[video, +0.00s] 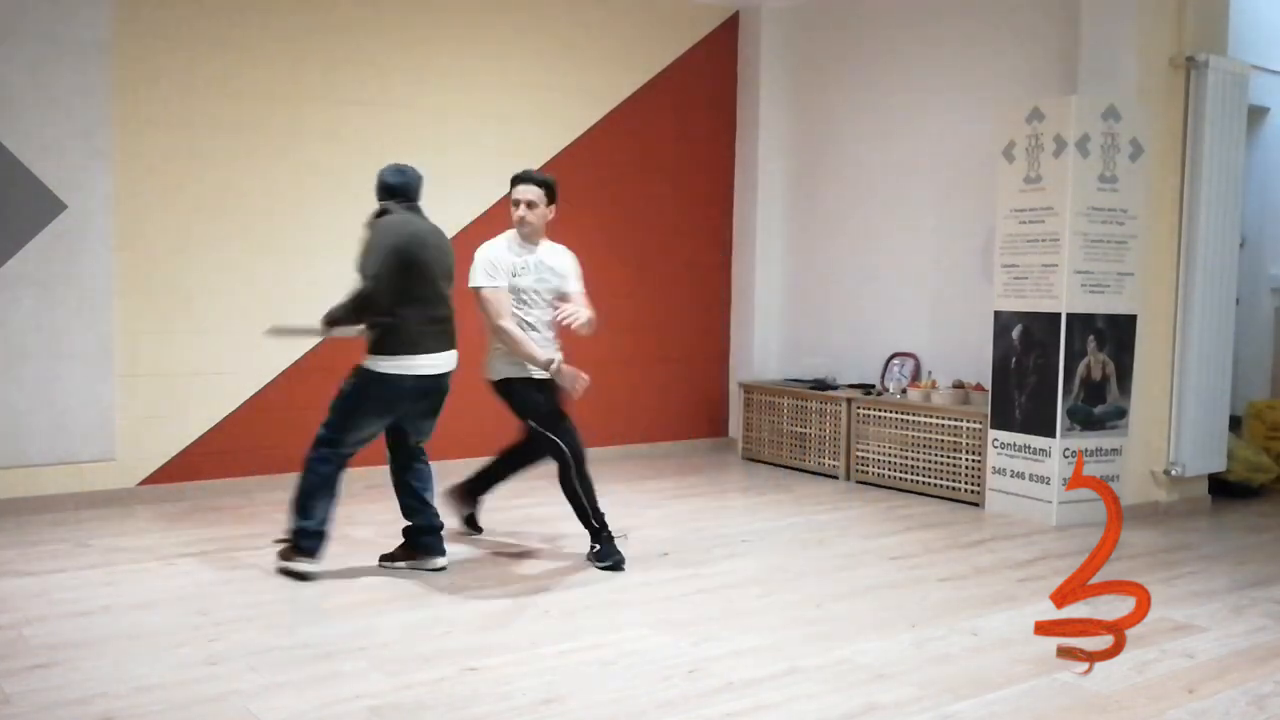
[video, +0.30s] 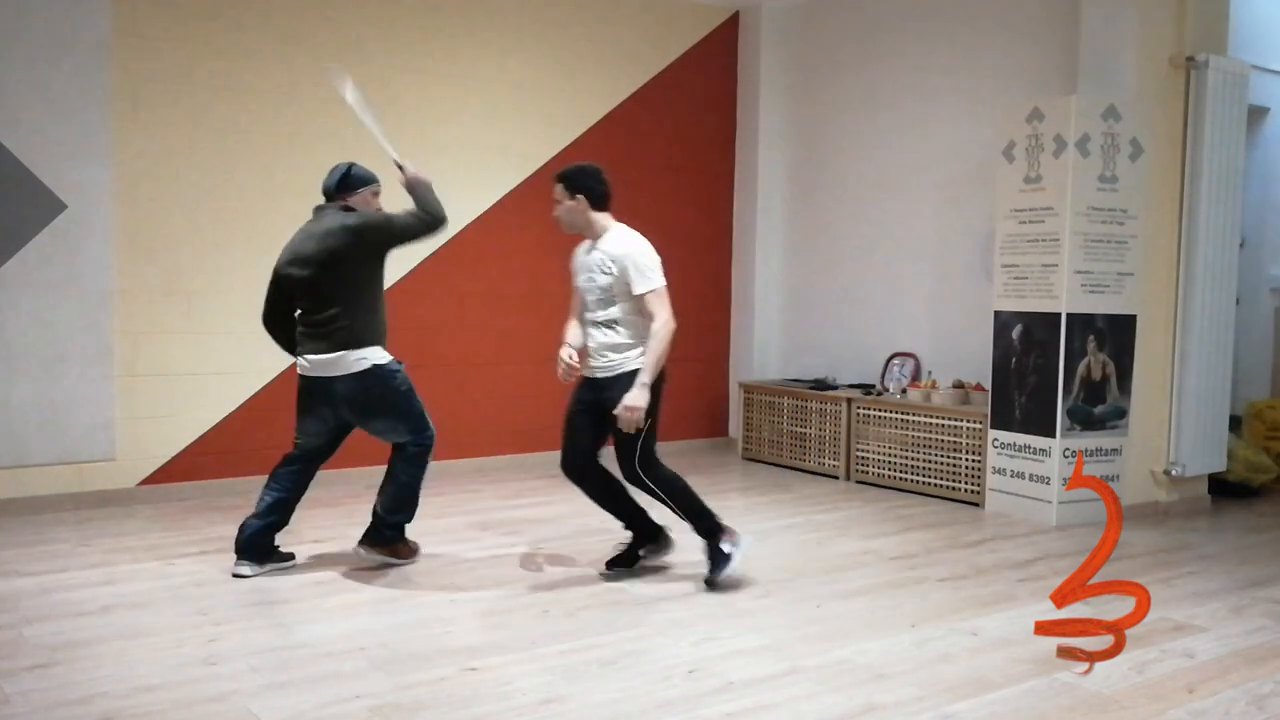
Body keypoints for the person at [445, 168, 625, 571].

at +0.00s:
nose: (520, 212)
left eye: (530, 205)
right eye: (515, 204)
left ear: (550, 212)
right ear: (509, 208)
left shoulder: (562, 258)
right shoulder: (490, 255)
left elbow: (585, 317)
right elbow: (502, 325)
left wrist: (582, 313)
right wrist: (553, 366)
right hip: (510, 370)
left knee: (539, 442)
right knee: (567, 442)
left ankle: (467, 492)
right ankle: (600, 537)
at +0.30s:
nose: (554, 211)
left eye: (558, 201)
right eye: (554, 202)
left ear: (582, 201)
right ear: (583, 202)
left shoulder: (631, 248)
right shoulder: (581, 254)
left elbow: (665, 321)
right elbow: (578, 314)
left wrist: (642, 387)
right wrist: (569, 344)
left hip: (634, 375)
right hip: (595, 378)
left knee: (639, 466)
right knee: (576, 462)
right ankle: (648, 534)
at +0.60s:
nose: (641, 217)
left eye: (646, 208)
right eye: (642, 208)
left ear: (670, 209)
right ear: (681, 211)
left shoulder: (666, 251)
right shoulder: (727, 250)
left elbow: (653, 332)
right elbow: (709, 337)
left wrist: (629, 394)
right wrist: (646, 372)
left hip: (723, 373)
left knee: (702, 484)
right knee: (694, 444)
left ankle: (758, 589)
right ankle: (673, 540)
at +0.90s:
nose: (772, 217)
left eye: (779, 207)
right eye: (772, 207)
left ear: (807, 209)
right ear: (814, 209)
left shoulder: (784, 254)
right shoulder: (862, 260)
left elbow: (740, 330)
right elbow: (866, 334)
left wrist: (705, 391)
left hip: (810, 398)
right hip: (869, 396)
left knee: (749, 480)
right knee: (927, 483)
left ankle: (754, 594)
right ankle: (1013, 567)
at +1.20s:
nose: (948, 244)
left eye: (956, 235)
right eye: (948, 234)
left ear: (986, 235)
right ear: (998, 237)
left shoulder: (974, 279)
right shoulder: (1049, 285)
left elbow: (953, 369)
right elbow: (1058, 368)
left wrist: (926, 407)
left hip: (989, 417)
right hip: (1047, 423)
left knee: (906, 468)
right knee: (1062, 513)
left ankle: (957, 568)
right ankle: (1141, 609)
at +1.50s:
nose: (1005, 251)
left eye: (1011, 242)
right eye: (1005, 242)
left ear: (1039, 242)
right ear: (1048, 244)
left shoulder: (1023, 283)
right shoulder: (1102, 287)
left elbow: (994, 367)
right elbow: (1082, 372)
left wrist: (931, 418)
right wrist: (1003, 398)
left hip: (1043, 415)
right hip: (1099, 421)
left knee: (952, 462)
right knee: (1100, 506)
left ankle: (969, 567)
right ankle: (1148, 603)